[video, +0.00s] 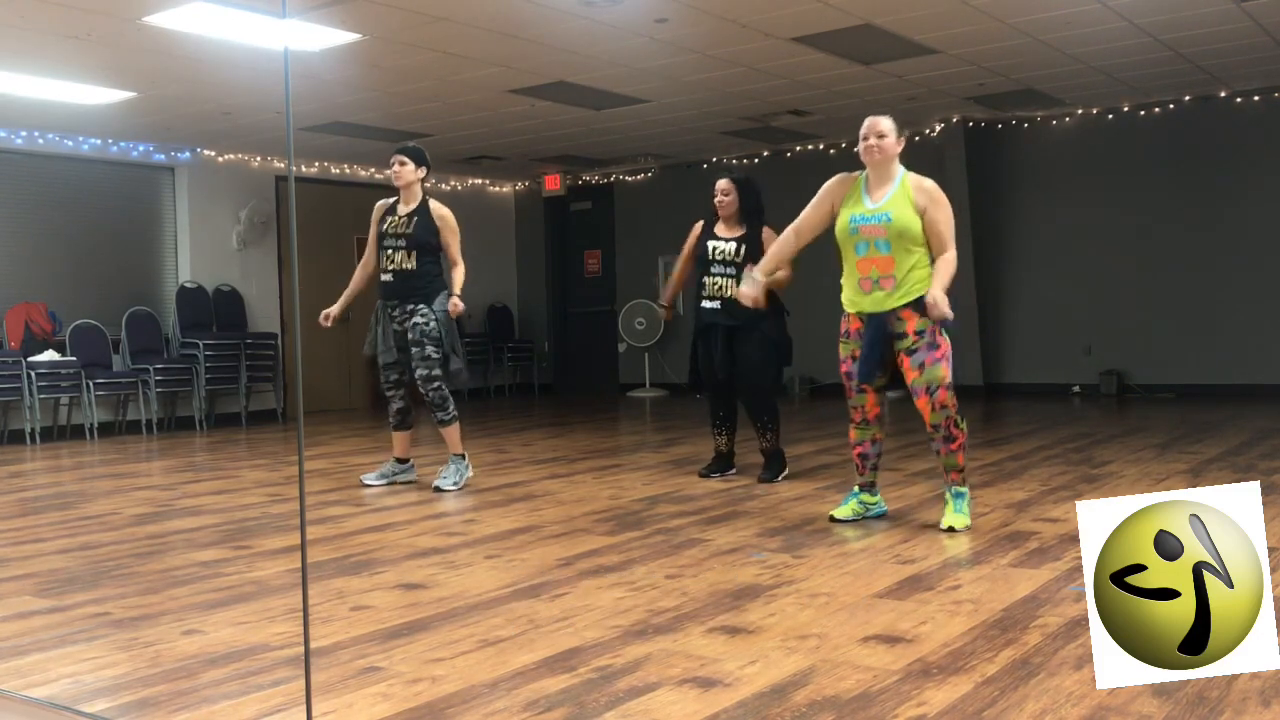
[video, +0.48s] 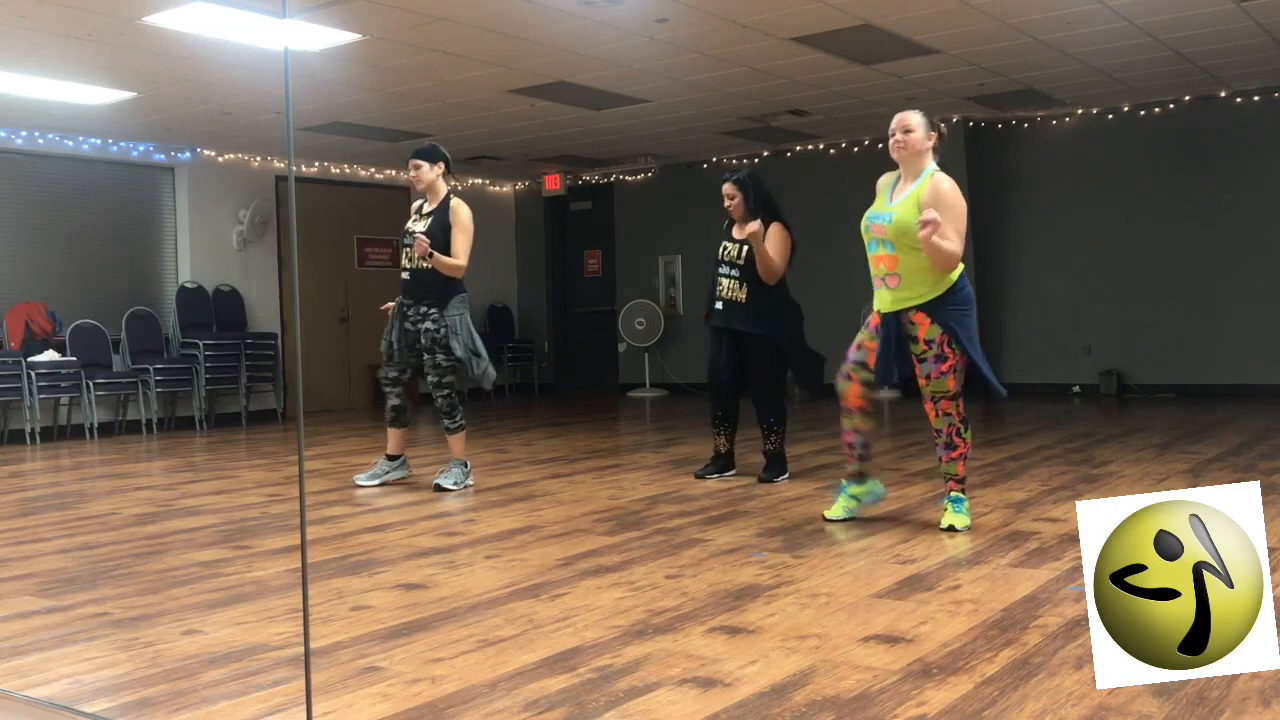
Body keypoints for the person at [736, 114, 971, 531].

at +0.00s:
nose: (871, 142)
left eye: (880, 136)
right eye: (865, 137)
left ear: (900, 144)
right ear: (858, 148)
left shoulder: (924, 191)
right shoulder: (841, 188)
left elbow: (946, 252)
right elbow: (795, 234)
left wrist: (937, 288)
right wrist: (757, 273)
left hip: (915, 312)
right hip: (859, 317)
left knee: (936, 403)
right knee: (862, 408)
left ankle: (957, 493)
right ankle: (867, 494)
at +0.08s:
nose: (877, 140)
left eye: (887, 133)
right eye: (872, 135)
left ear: (909, 142)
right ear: (867, 145)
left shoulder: (930, 192)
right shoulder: (851, 184)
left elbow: (951, 252)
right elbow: (819, 238)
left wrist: (934, 268)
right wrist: (791, 287)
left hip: (919, 310)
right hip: (866, 313)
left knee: (935, 405)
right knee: (873, 407)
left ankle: (954, 497)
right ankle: (868, 494)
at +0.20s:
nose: (884, 139)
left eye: (894, 132)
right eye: (880, 135)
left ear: (918, 140)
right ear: (876, 146)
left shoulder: (936, 191)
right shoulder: (866, 183)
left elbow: (951, 257)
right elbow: (847, 241)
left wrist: (927, 257)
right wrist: (836, 294)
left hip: (923, 312)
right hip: (870, 313)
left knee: (937, 404)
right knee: (864, 402)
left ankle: (955, 497)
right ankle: (866, 492)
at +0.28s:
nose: (889, 141)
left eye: (899, 133)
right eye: (885, 137)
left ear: (926, 141)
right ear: (883, 146)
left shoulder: (940, 192)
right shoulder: (879, 184)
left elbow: (951, 264)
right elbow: (880, 247)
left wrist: (922, 251)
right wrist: (873, 300)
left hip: (930, 312)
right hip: (884, 311)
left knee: (940, 405)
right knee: (837, 378)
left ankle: (955, 496)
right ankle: (856, 472)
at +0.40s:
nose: (895, 145)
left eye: (905, 137)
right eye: (891, 141)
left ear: (931, 146)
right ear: (888, 152)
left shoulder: (942, 196)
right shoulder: (888, 190)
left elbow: (949, 272)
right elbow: (894, 248)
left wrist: (922, 247)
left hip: (935, 314)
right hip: (889, 312)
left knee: (944, 406)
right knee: (835, 371)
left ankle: (955, 497)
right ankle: (851, 464)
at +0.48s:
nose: (897, 138)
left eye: (906, 130)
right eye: (892, 134)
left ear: (931, 139)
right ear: (889, 145)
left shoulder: (943, 188)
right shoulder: (886, 182)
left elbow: (950, 260)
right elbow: (891, 242)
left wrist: (929, 240)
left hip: (935, 307)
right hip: (888, 306)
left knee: (944, 405)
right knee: (852, 381)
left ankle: (955, 497)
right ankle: (861, 484)